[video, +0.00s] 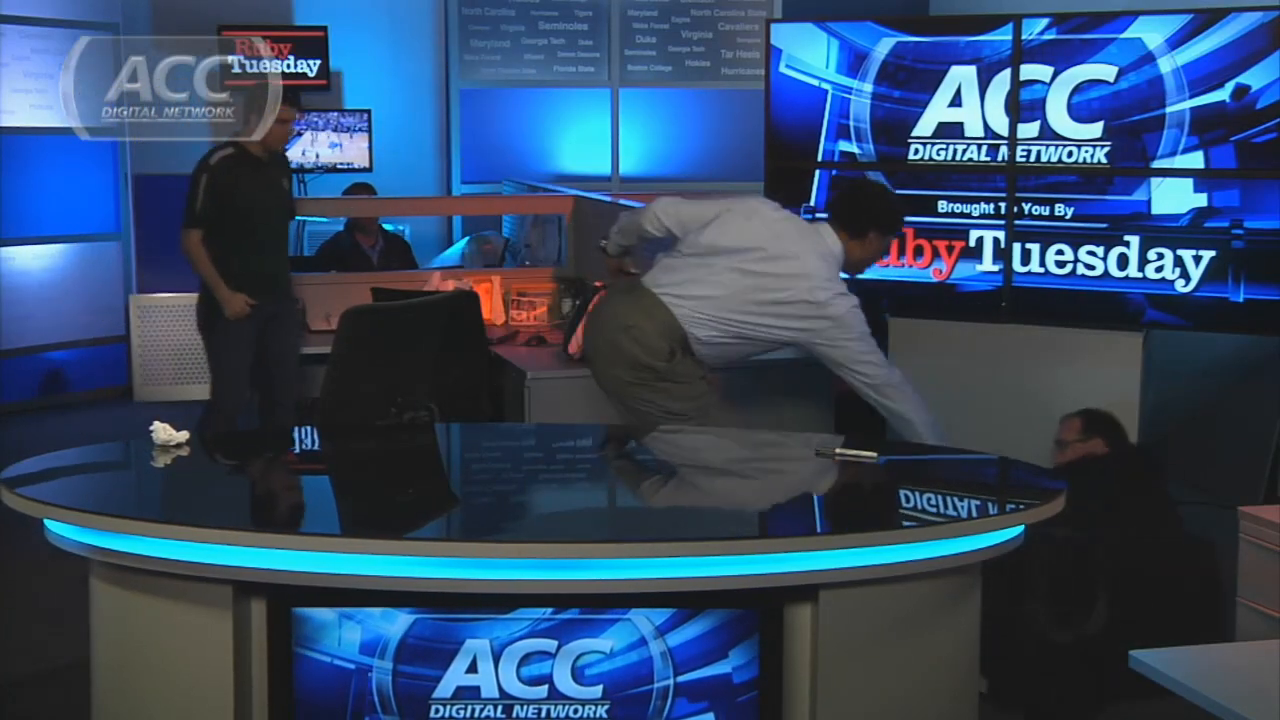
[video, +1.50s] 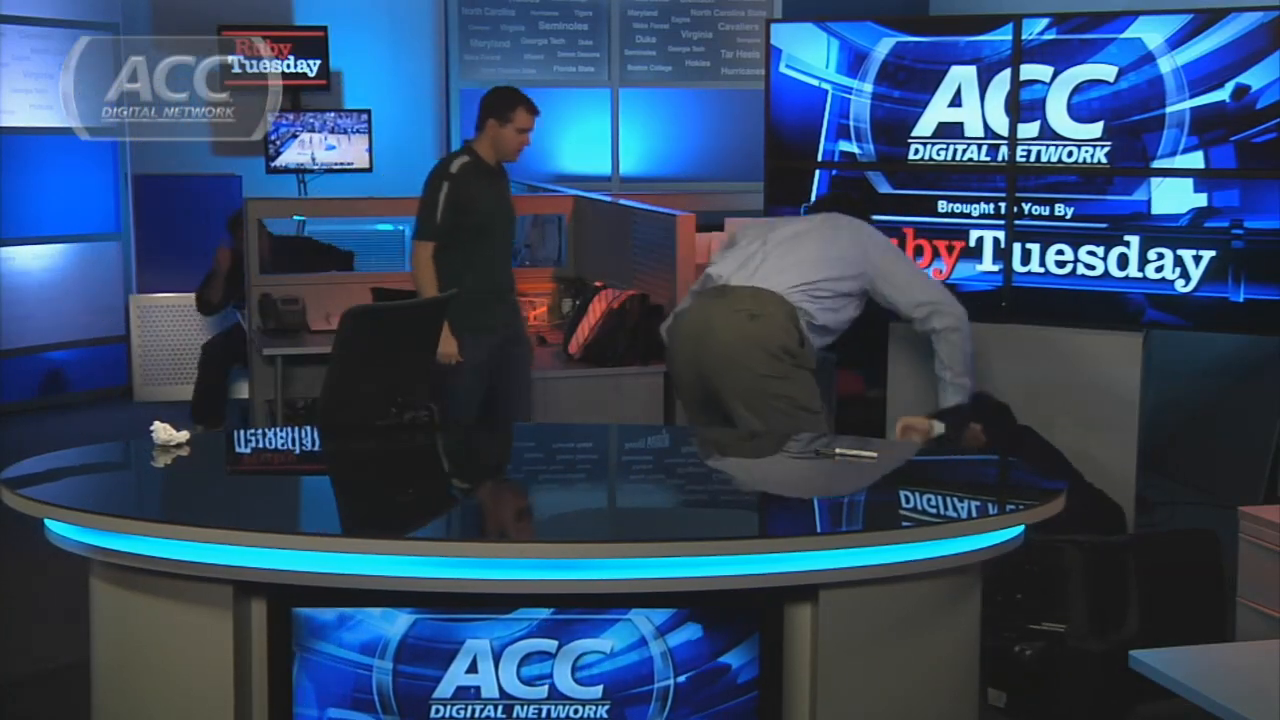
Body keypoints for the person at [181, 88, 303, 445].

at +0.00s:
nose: (290, 131)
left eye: (293, 123)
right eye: (283, 122)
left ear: (289, 125)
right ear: (259, 120)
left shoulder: (279, 165)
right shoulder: (217, 165)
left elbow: (276, 236)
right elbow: (191, 239)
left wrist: (285, 293)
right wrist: (225, 296)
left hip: (276, 304)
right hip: (231, 306)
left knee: (280, 396)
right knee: (230, 398)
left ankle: (276, 474)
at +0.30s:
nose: (333, 135)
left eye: (335, 127)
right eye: (327, 126)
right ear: (299, 123)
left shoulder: (319, 169)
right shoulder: (256, 166)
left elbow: (321, 239)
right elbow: (225, 238)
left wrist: (332, 291)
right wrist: (233, 308)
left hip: (309, 299)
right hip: (268, 300)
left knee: (303, 394)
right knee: (295, 394)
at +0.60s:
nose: (376, 142)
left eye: (378, 134)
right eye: (369, 133)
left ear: (345, 133)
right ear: (341, 132)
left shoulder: (359, 177)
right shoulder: (299, 178)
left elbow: (362, 251)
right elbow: (269, 251)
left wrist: (380, 309)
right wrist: (271, 326)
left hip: (353, 316)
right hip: (309, 318)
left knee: (354, 413)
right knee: (316, 415)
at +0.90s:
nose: (420, 138)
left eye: (421, 129)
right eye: (413, 128)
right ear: (385, 126)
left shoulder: (399, 169)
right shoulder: (343, 172)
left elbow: (399, 250)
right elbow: (317, 253)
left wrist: (424, 310)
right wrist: (344, 319)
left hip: (396, 317)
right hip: (357, 323)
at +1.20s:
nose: (465, 142)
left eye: (468, 133)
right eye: (459, 132)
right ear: (429, 128)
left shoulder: (440, 174)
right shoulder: (389, 176)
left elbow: (438, 260)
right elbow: (368, 260)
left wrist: (462, 319)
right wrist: (402, 318)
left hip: (443, 321)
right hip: (404, 325)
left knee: (456, 419)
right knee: (404, 422)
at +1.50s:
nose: (526, 141)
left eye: (529, 133)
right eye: (520, 131)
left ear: (497, 128)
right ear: (492, 126)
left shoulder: (498, 176)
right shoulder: (449, 173)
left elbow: (494, 256)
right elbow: (422, 254)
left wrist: (513, 318)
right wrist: (439, 326)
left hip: (504, 324)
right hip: (464, 328)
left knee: (500, 434)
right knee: (460, 434)